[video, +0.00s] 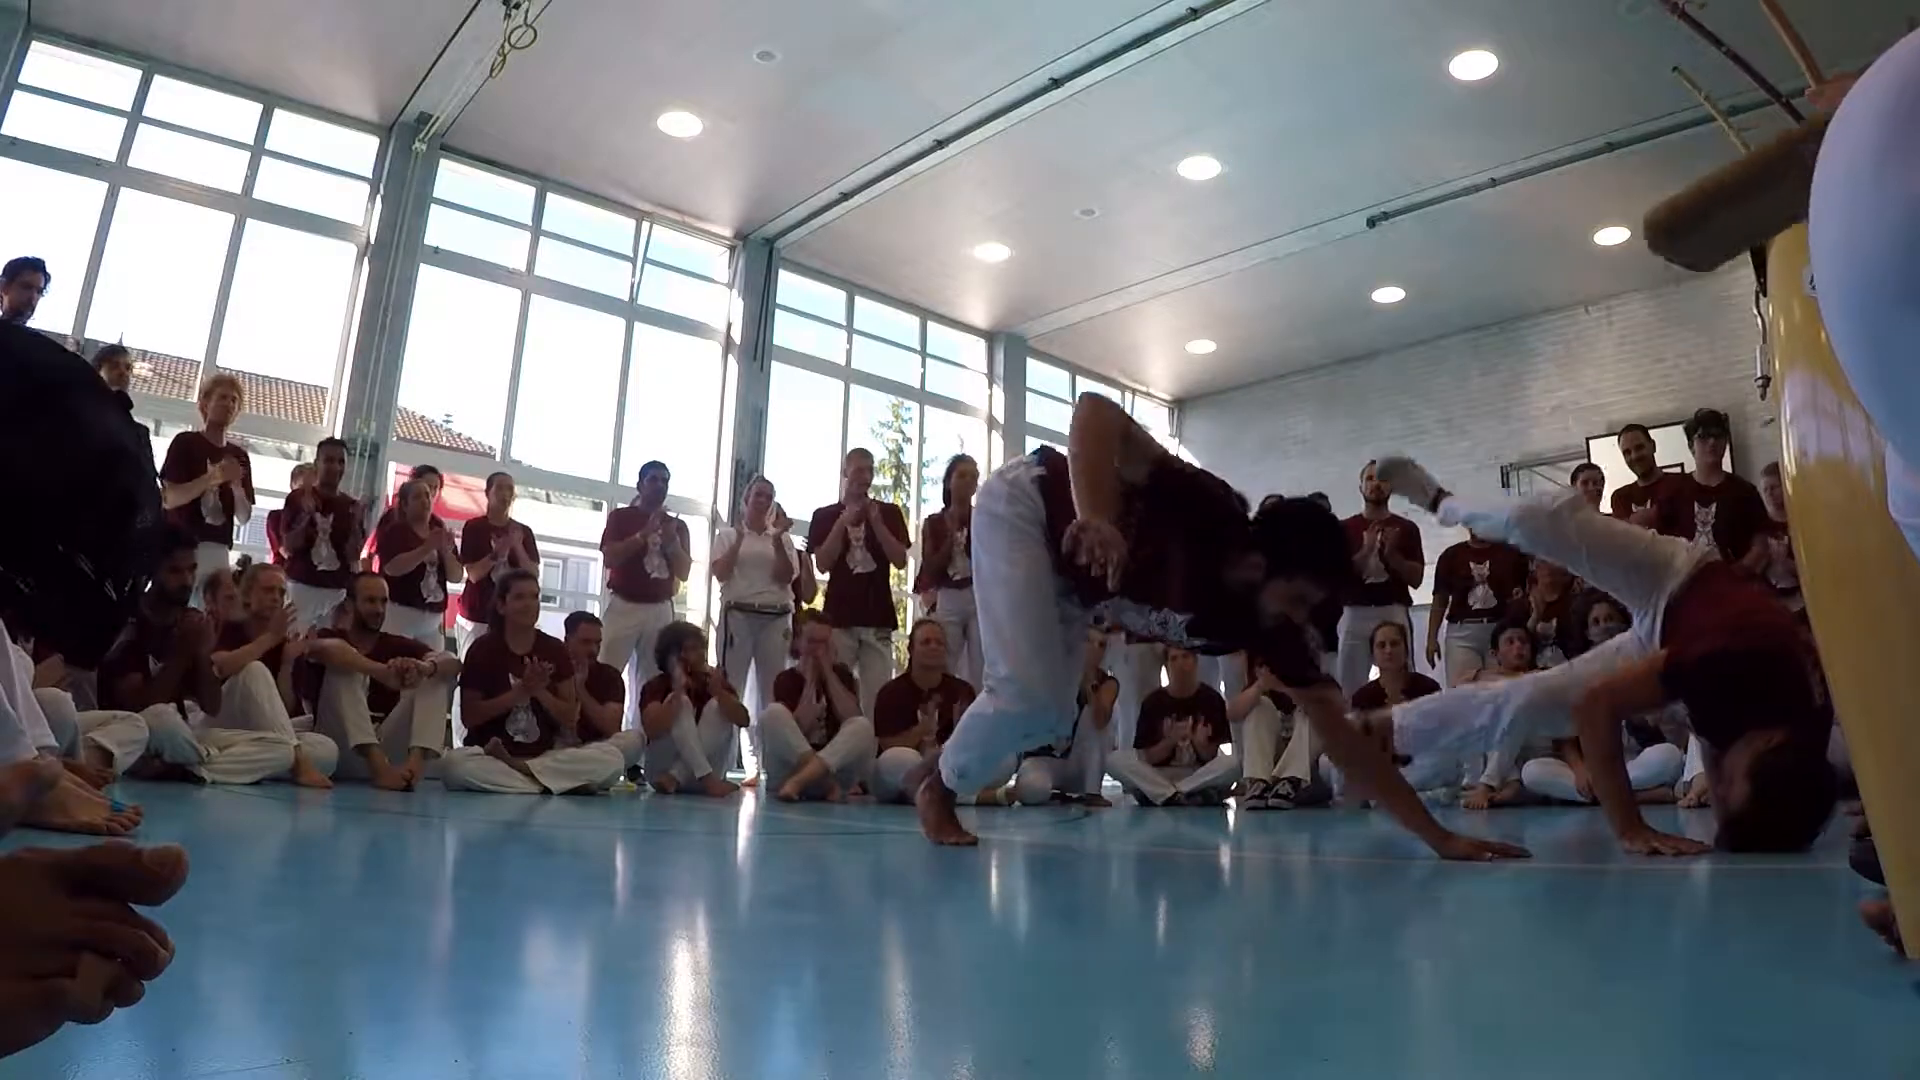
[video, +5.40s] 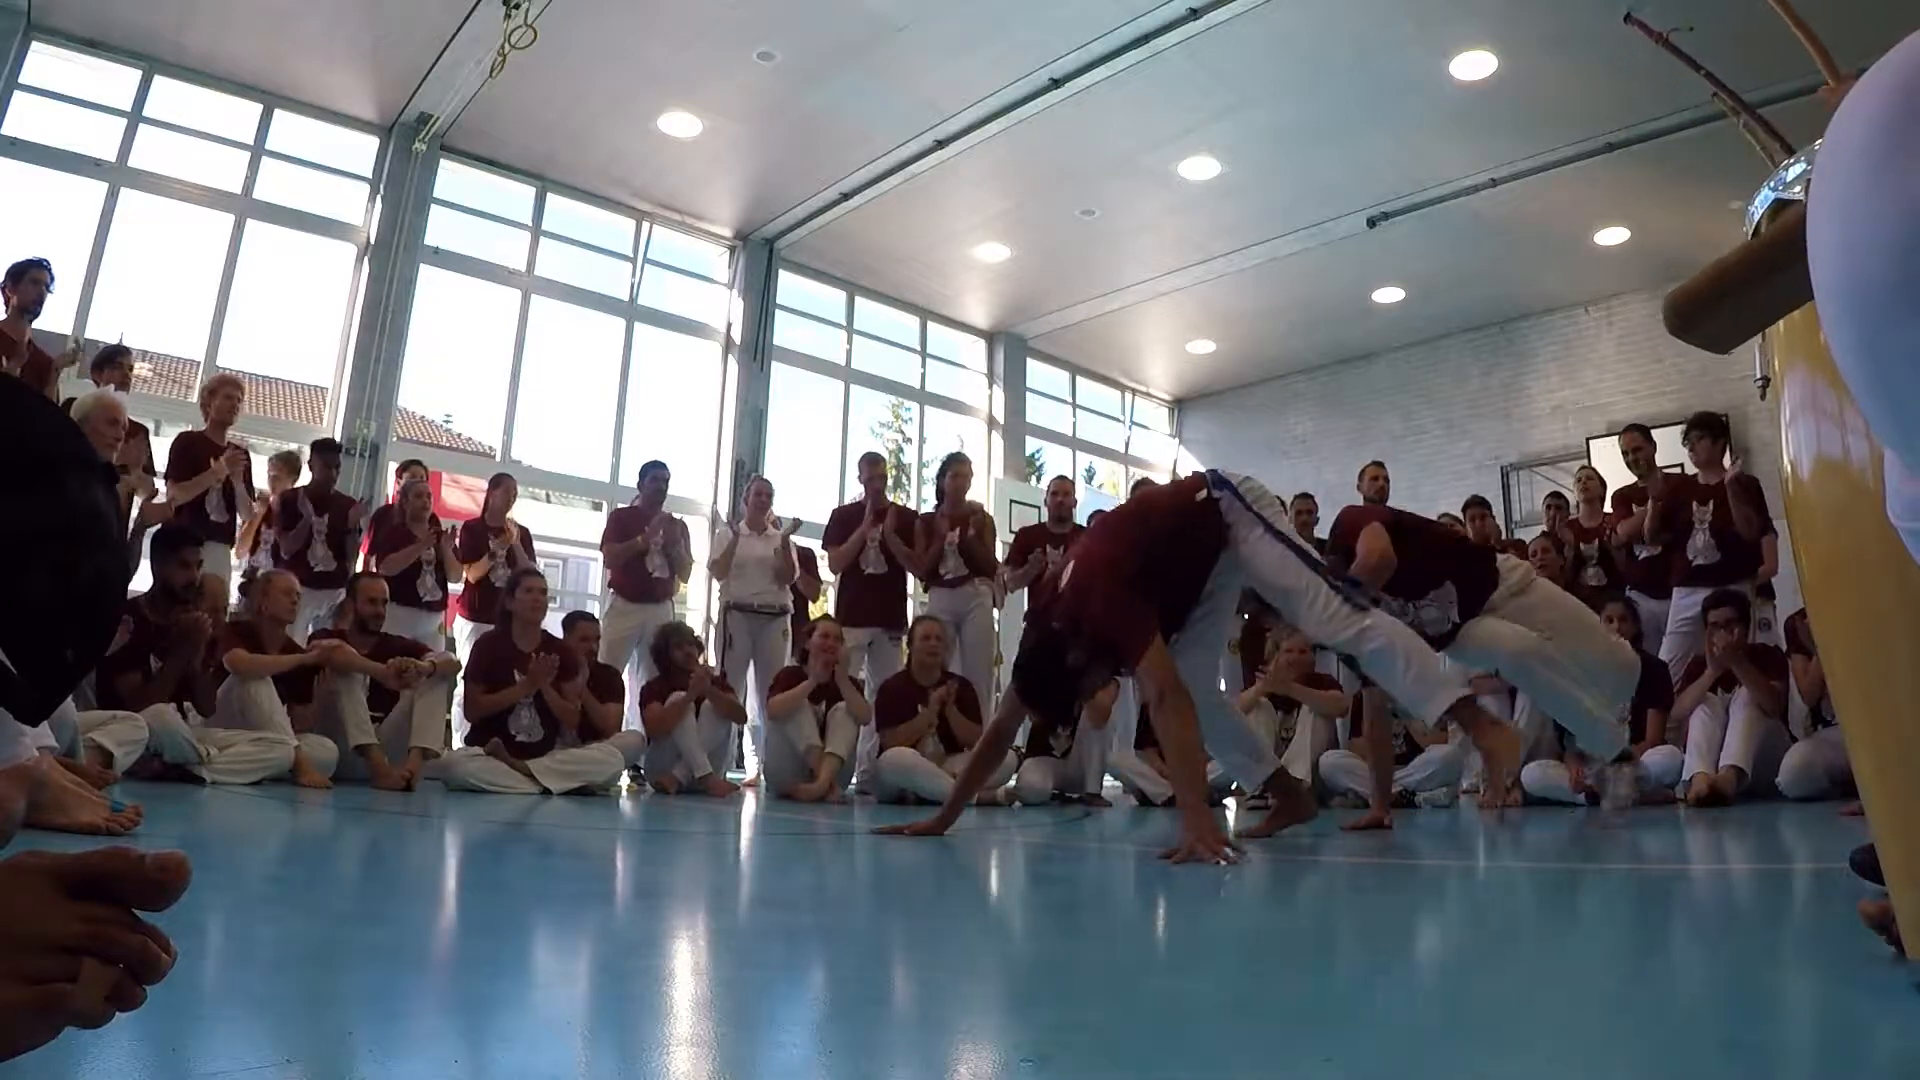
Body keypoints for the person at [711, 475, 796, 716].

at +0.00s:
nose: (762, 500)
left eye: (767, 496)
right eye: (758, 494)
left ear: (773, 503)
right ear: (746, 498)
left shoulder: (783, 538)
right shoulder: (728, 534)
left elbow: (787, 577)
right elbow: (721, 574)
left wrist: (778, 540)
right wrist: (738, 540)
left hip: (775, 618)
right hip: (737, 615)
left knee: (772, 691)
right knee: (729, 689)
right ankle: (725, 748)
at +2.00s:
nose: (761, 500)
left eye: (766, 496)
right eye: (756, 495)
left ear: (773, 502)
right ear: (745, 499)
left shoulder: (781, 537)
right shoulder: (728, 534)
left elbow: (786, 580)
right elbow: (719, 573)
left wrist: (783, 541)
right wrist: (736, 541)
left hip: (774, 616)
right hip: (736, 614)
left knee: (772, 693)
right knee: (729, 690)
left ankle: (767, 764)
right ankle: (723, 765)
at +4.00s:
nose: (761, 500)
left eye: (766, 496)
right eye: (756, 495)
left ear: (773, 502)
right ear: (745, 498)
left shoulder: (783, 538)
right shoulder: (728, 535)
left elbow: (786, 577)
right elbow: (721, 574)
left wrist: (766, 544)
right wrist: (752, 549)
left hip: (775, 618)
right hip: (736, 616)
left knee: (772, 693)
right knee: (730, 690)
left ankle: (768, 763)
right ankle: (725, 764)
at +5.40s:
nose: (761, 499)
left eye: (766, 495)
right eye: (756, 494)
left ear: (772, 501)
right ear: (745, 498)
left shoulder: (781, 537)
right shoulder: (729, 532)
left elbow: (789, 578)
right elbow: (717, 573)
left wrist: (784, 542)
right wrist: (735, 538)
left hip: (775, 617)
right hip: (736, 615)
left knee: (772, 694)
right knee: (729, 691)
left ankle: (769, 764)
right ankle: (724, 764)